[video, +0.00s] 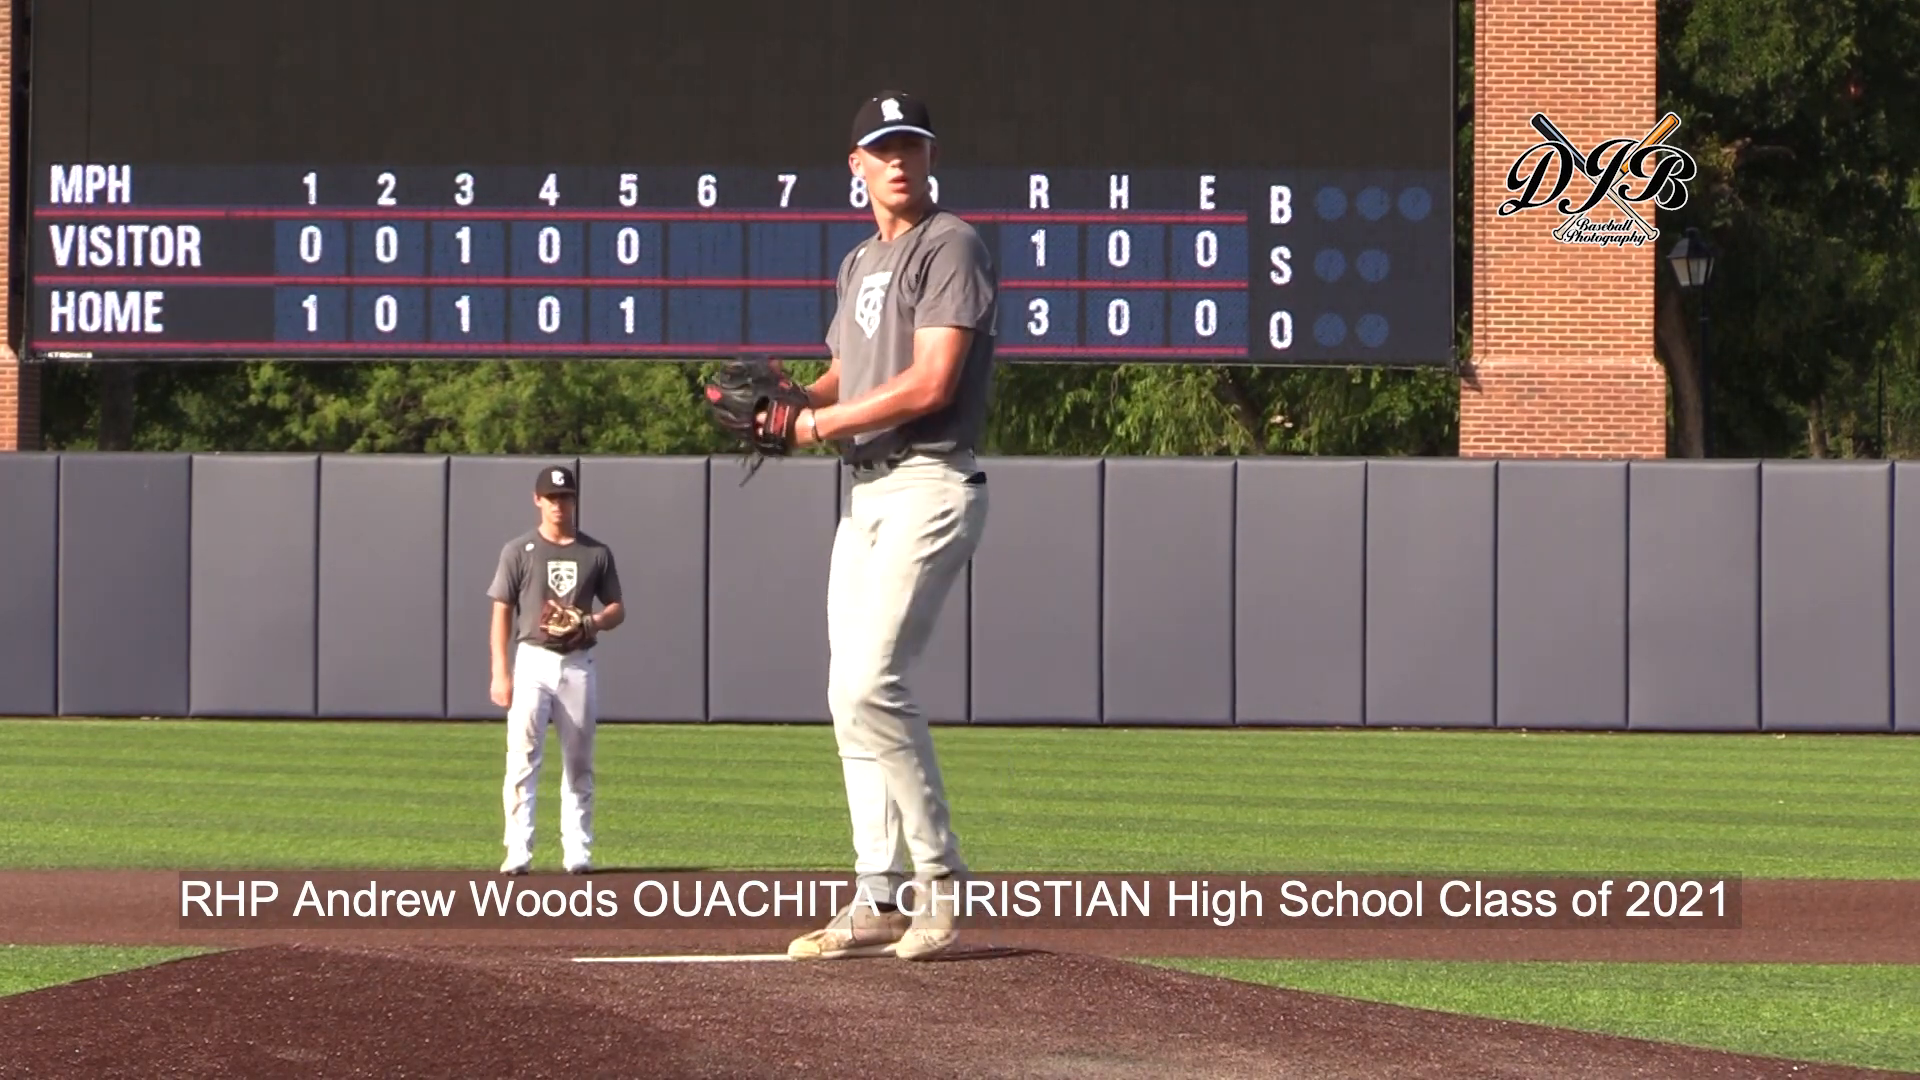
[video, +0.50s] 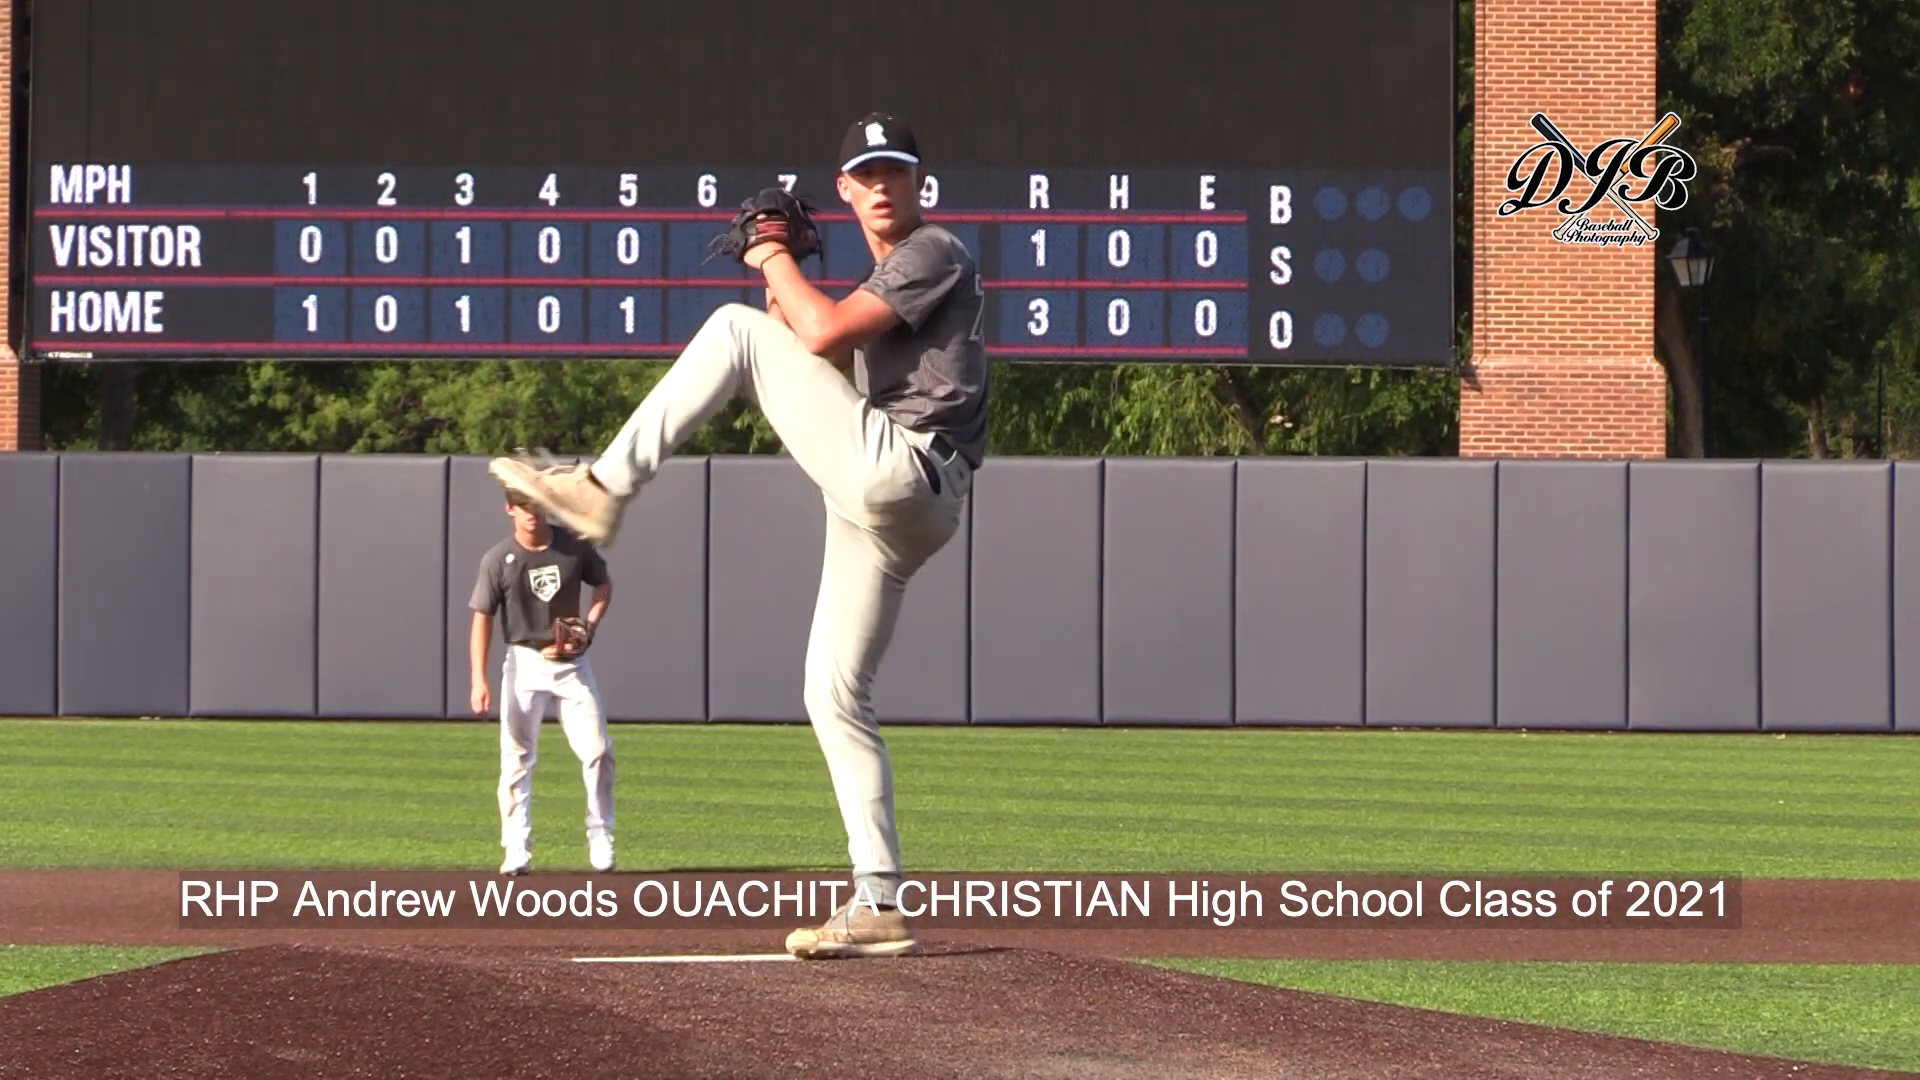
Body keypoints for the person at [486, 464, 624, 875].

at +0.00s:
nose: (559, 505)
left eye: (565, 498)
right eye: (551, 498)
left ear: (575, 502)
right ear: (538, 501)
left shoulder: (598, 554)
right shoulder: (517, 552)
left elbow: (616, 608)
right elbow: (501, 613)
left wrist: (592, 623)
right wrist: (501, 673)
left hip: (577, 665)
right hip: (530, 661)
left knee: (578, 764)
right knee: (522, 760)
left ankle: (578, 855)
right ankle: (518, 855)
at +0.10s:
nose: (550, 503)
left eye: (556, 496)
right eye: (543, 497)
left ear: (565, 500)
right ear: (530, 500)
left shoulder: (591, 551)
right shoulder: (510, 551)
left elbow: (610, 603)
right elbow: (494, 612)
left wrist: (586, 621)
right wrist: (493, 672)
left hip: (572, 664)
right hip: (524, 661)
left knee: (576, 762)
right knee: (518, 761)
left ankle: (578, 855)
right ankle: (516, 856)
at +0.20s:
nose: (543, 504)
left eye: (549, 497)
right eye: (535, 498)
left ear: (558, 500)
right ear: (522, 501)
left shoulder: (584, 550)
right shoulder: (504, 552)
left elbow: (606, 599)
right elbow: (487, 611)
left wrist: (582, 624)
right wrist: (487, 671)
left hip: (567, 665)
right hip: (519, 662)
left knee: (577, 761)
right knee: (515, 763)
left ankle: (579, 854)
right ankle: (516, 855)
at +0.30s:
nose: (537, 507)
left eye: (542, 500)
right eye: (529, 501)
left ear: (551, 501)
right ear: (514, 504)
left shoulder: (579, 548)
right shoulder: (499, 555)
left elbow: (602, 594)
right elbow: (482, 613)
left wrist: (581, 625)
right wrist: (482, 672)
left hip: (569, 664)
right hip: (518, 663)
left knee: (583, 762)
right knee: (515, 764)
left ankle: (579, 855)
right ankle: (516, 857)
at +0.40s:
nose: (533, 511)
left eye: (539, 503)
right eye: (525, 504)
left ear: (548, 505)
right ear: (510, 507)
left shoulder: (571, 545)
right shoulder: (499, 556)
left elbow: (602, 590)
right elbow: (481, 615)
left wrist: (582, 628)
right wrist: (479, 675)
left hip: (569, 663)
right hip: (519, 663)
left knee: (591, 756)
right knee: (515, 763)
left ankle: (584, 849)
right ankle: (516, 858)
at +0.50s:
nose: (532, 512)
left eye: (537, 505)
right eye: (524, 506)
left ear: (547, 508)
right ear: (509, 510)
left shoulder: (575, 548)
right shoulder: (497, 561)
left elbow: (602, 585)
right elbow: (481, 619)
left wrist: (587, 629)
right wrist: (478, 679)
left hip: (571, 666)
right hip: (523, 666)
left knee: (598, 752)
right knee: (516, 763)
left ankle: (601, 842)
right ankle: (516, 855)